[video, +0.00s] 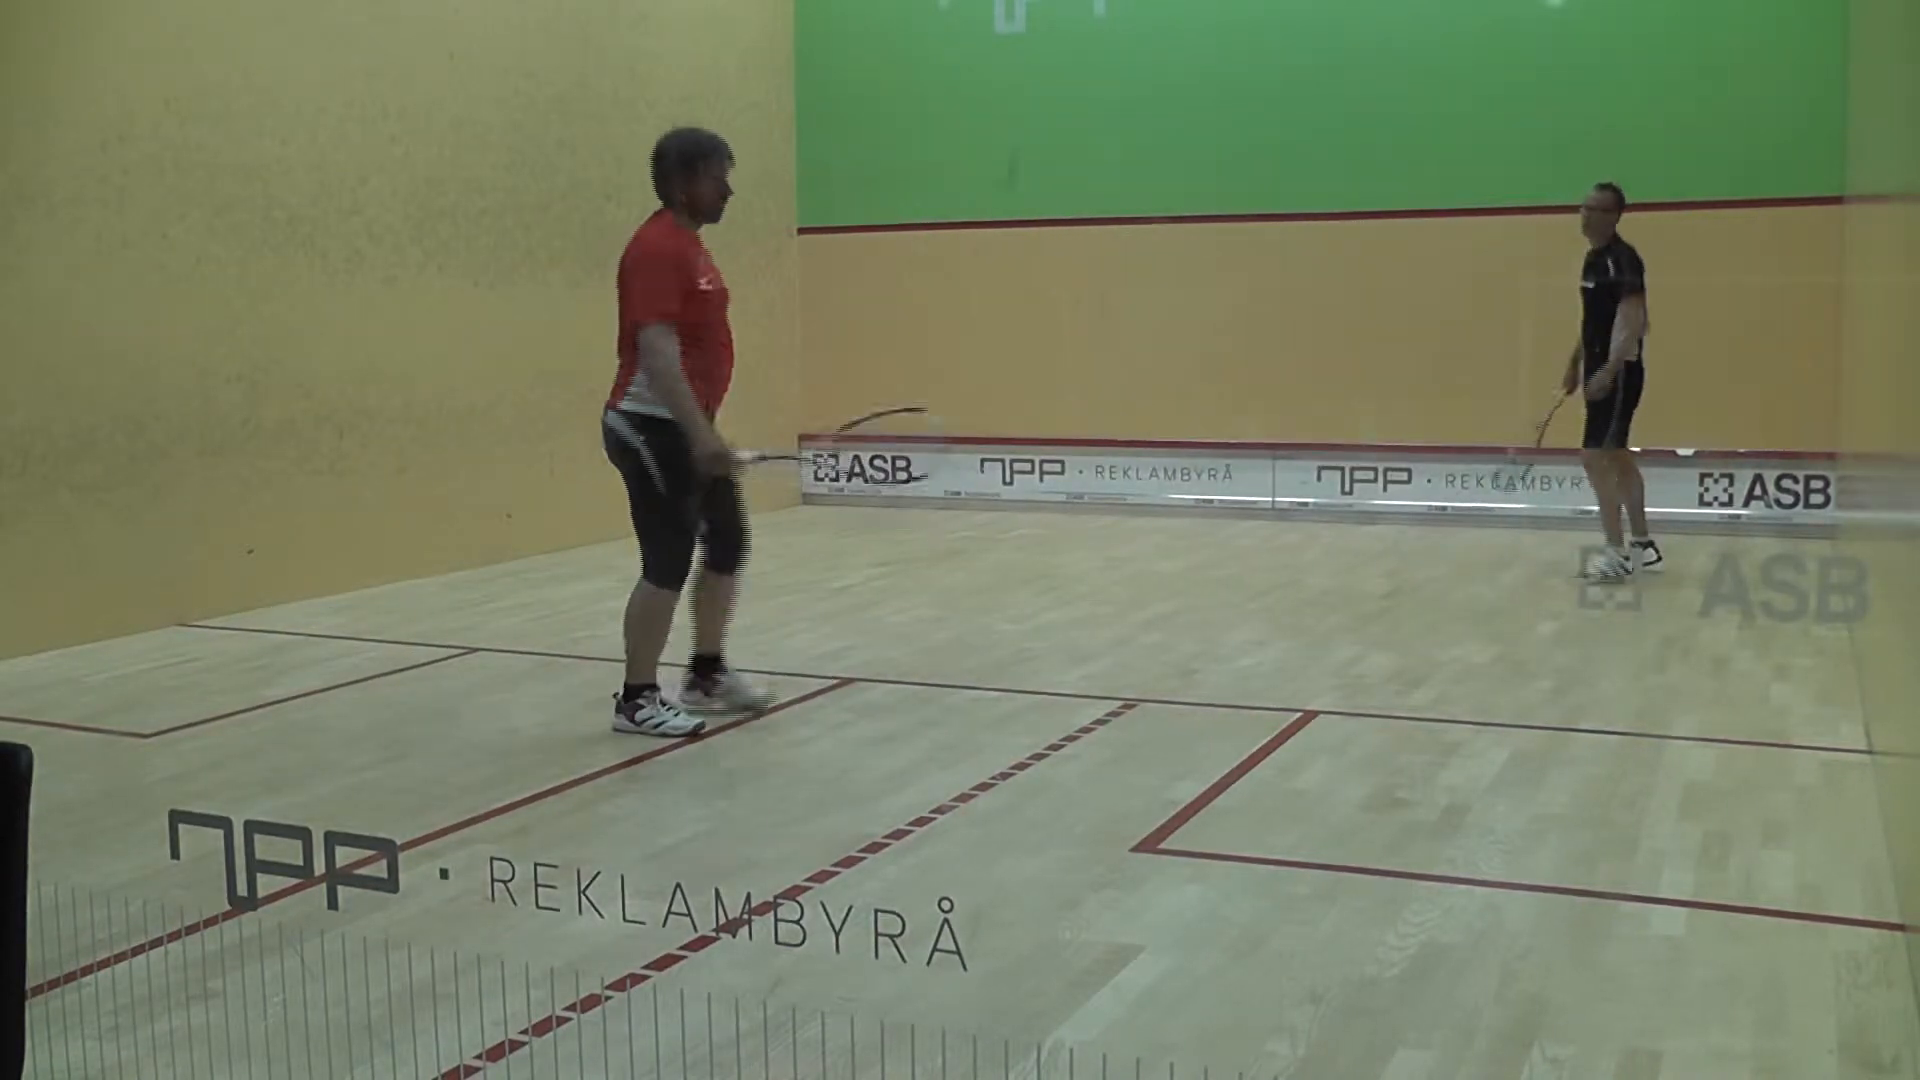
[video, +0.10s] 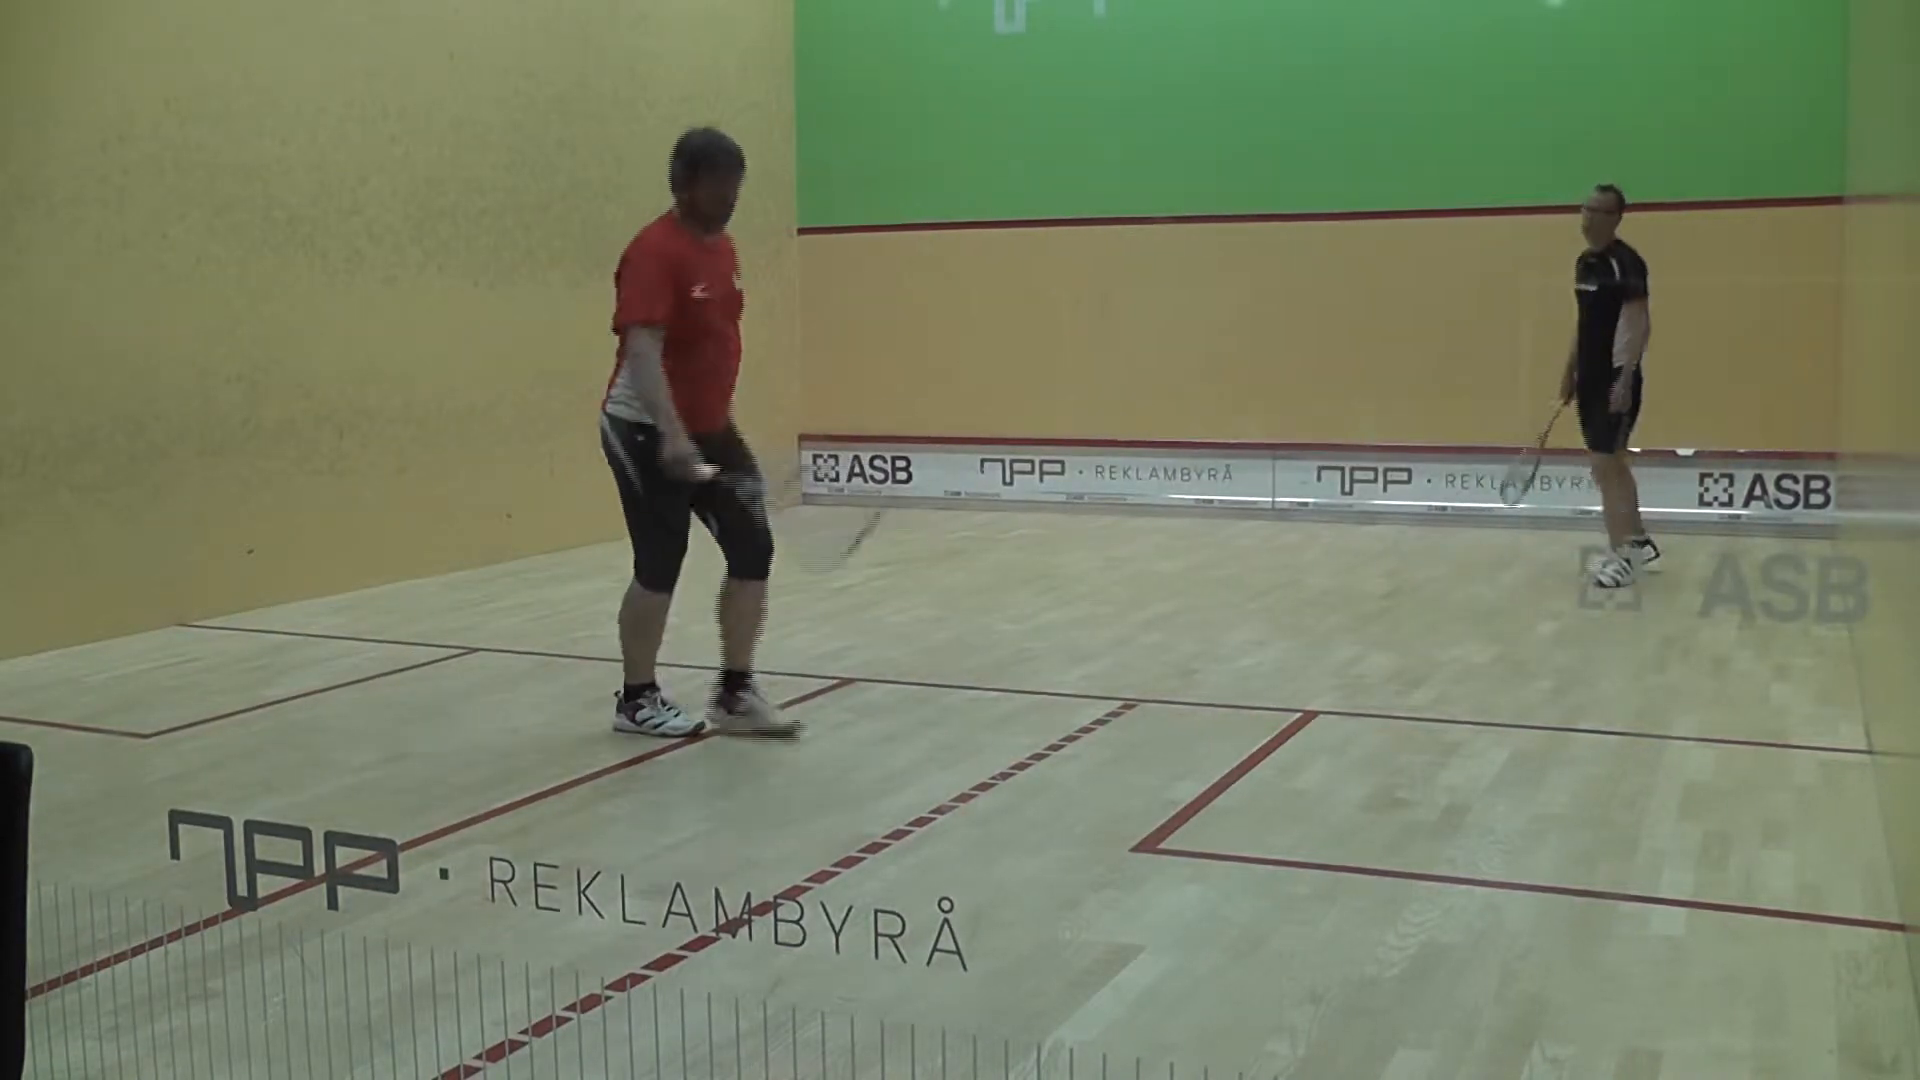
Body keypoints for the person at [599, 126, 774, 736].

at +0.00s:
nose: (729, 190)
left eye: (729, 178)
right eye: (720, 178)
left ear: (690, 184)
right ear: (683, 181)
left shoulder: (686, 242)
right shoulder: (656, 248)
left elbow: (682, 345)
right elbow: (657, 356)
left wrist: (703, 427)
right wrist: (700, 432)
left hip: (684, 420)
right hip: (645, 423)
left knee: (727, 539)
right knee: (669, 554)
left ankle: (706, 675)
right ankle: (638, 698)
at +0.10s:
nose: (731, 199)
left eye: (736, 187)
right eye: (721, 188)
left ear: (738, 185)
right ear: (685, 185)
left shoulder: (721, 246)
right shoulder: (653, 251)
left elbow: (709, 340)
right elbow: (641, 350)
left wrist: (718, 421)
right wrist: (672, 431)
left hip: (708, 428)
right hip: (643, 427)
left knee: (752, 548)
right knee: (660, 558)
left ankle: (736, 691)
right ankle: (637, 698)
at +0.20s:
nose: (735, 206)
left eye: (743, 194)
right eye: (722, 193)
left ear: (750, 190)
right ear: (691, 189)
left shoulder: (742, 248)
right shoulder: (658, 256)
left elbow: (725, 336)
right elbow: (638, 356)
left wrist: (731, 408)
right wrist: (659, 434)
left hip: (722, 431)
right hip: (649, 433)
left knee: (755, 559)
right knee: (659, 567)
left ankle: (757, 704)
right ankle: (643, 695)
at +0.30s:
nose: (748, 216)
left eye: (757, 203)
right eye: (735, 203)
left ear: (769, 202)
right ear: (707, 200)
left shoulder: (767, 258)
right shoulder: (673, 269)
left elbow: (757, 335)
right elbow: (643, 363)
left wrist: (763, 390)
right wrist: (657, 431)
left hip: (736, 442)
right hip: (662, 448)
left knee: (753, 574)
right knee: (666, 577)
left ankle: (773, 713)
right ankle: (661, 691)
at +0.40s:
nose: (760, 229)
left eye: (771, 216)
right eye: (748, 215)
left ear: (784, 214)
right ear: (722, 210)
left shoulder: (786, 270)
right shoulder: (689, 272)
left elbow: (782, 343)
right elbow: (656, 356)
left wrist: (784, 397)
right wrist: (667, 417)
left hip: (748, 455)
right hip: (672, 457)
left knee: (761, 592)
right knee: (671, 585)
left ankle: (764, 734)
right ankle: (666, 684)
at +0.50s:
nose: (777, 252)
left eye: (790, 239)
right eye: (765, 236)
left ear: (808, 238)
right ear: (741, 230)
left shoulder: (815, 290)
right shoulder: (708, 301)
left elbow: (823, 358)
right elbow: (691, 386)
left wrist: (832, 408)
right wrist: (698, 445)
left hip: (772, 463)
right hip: (693, 466)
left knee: (788, 599)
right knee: (682, 598)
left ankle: (764, 747)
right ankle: (673, 677)